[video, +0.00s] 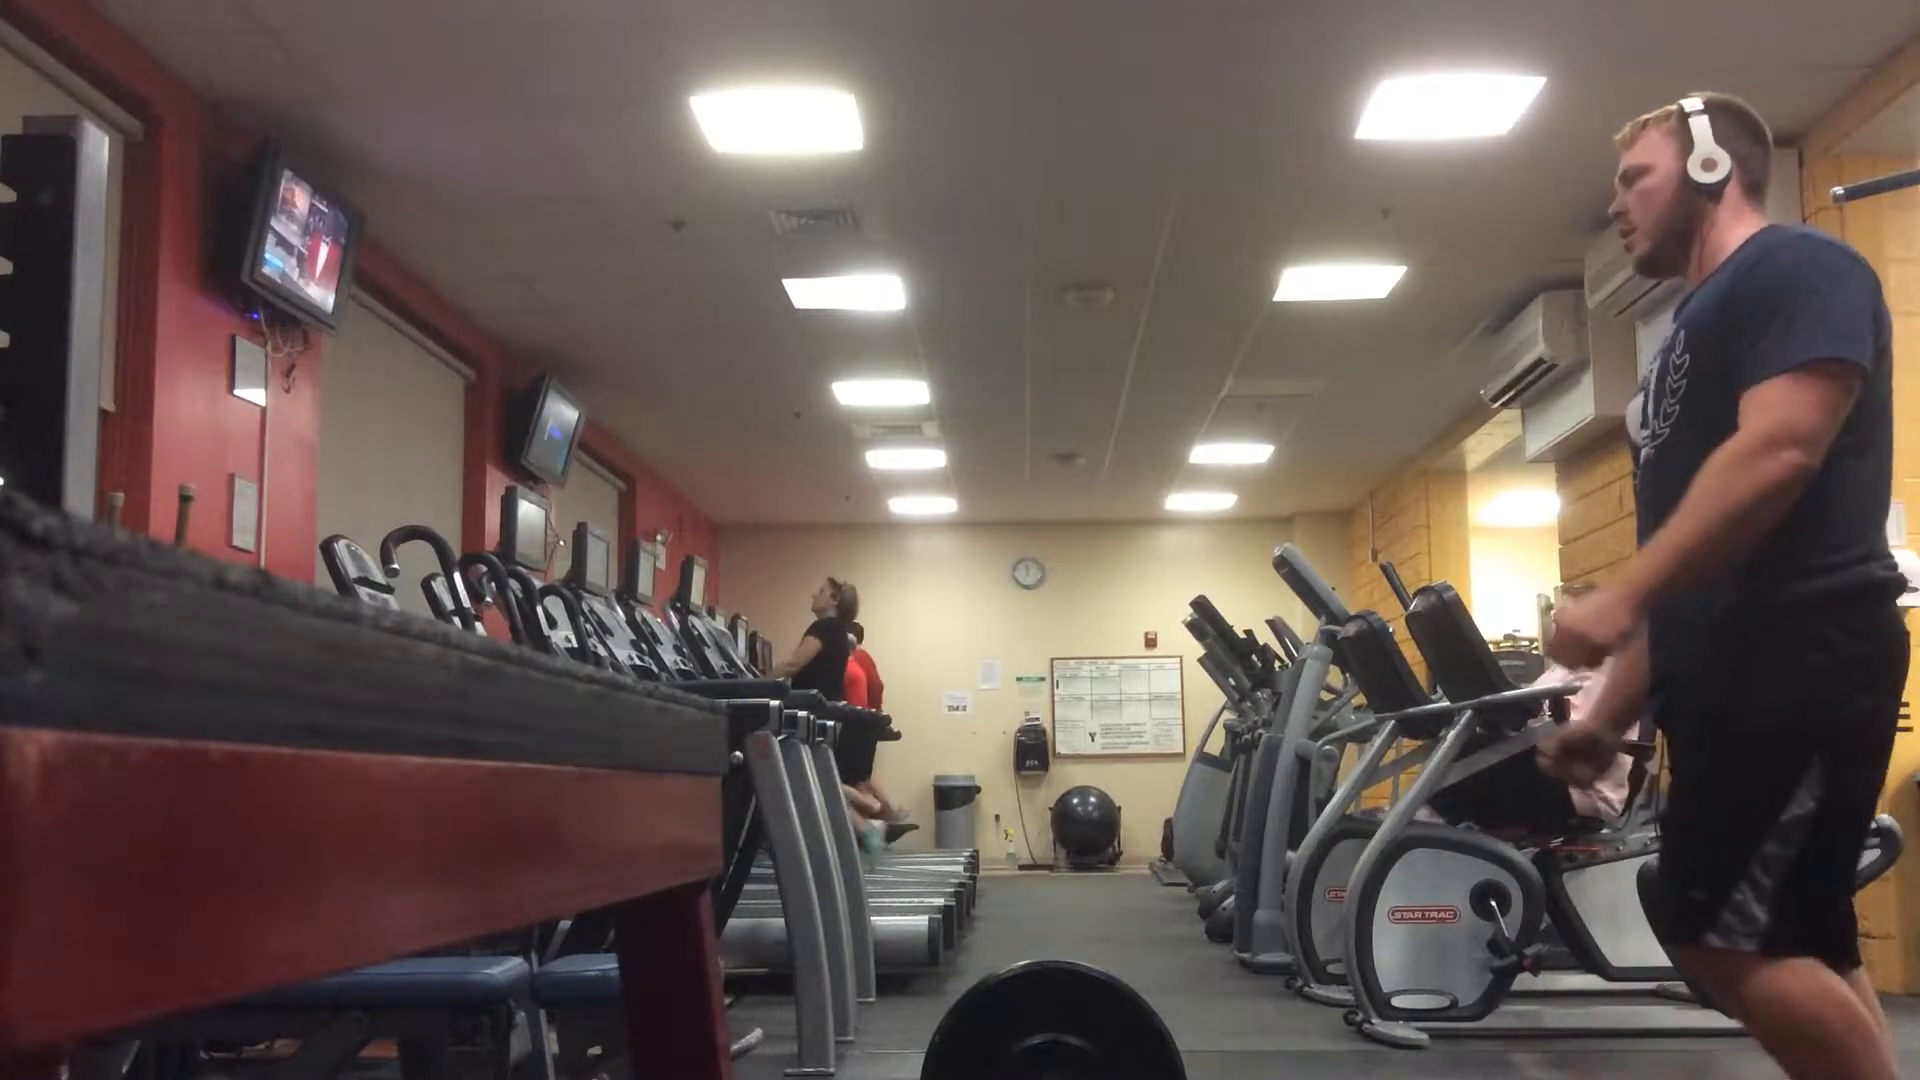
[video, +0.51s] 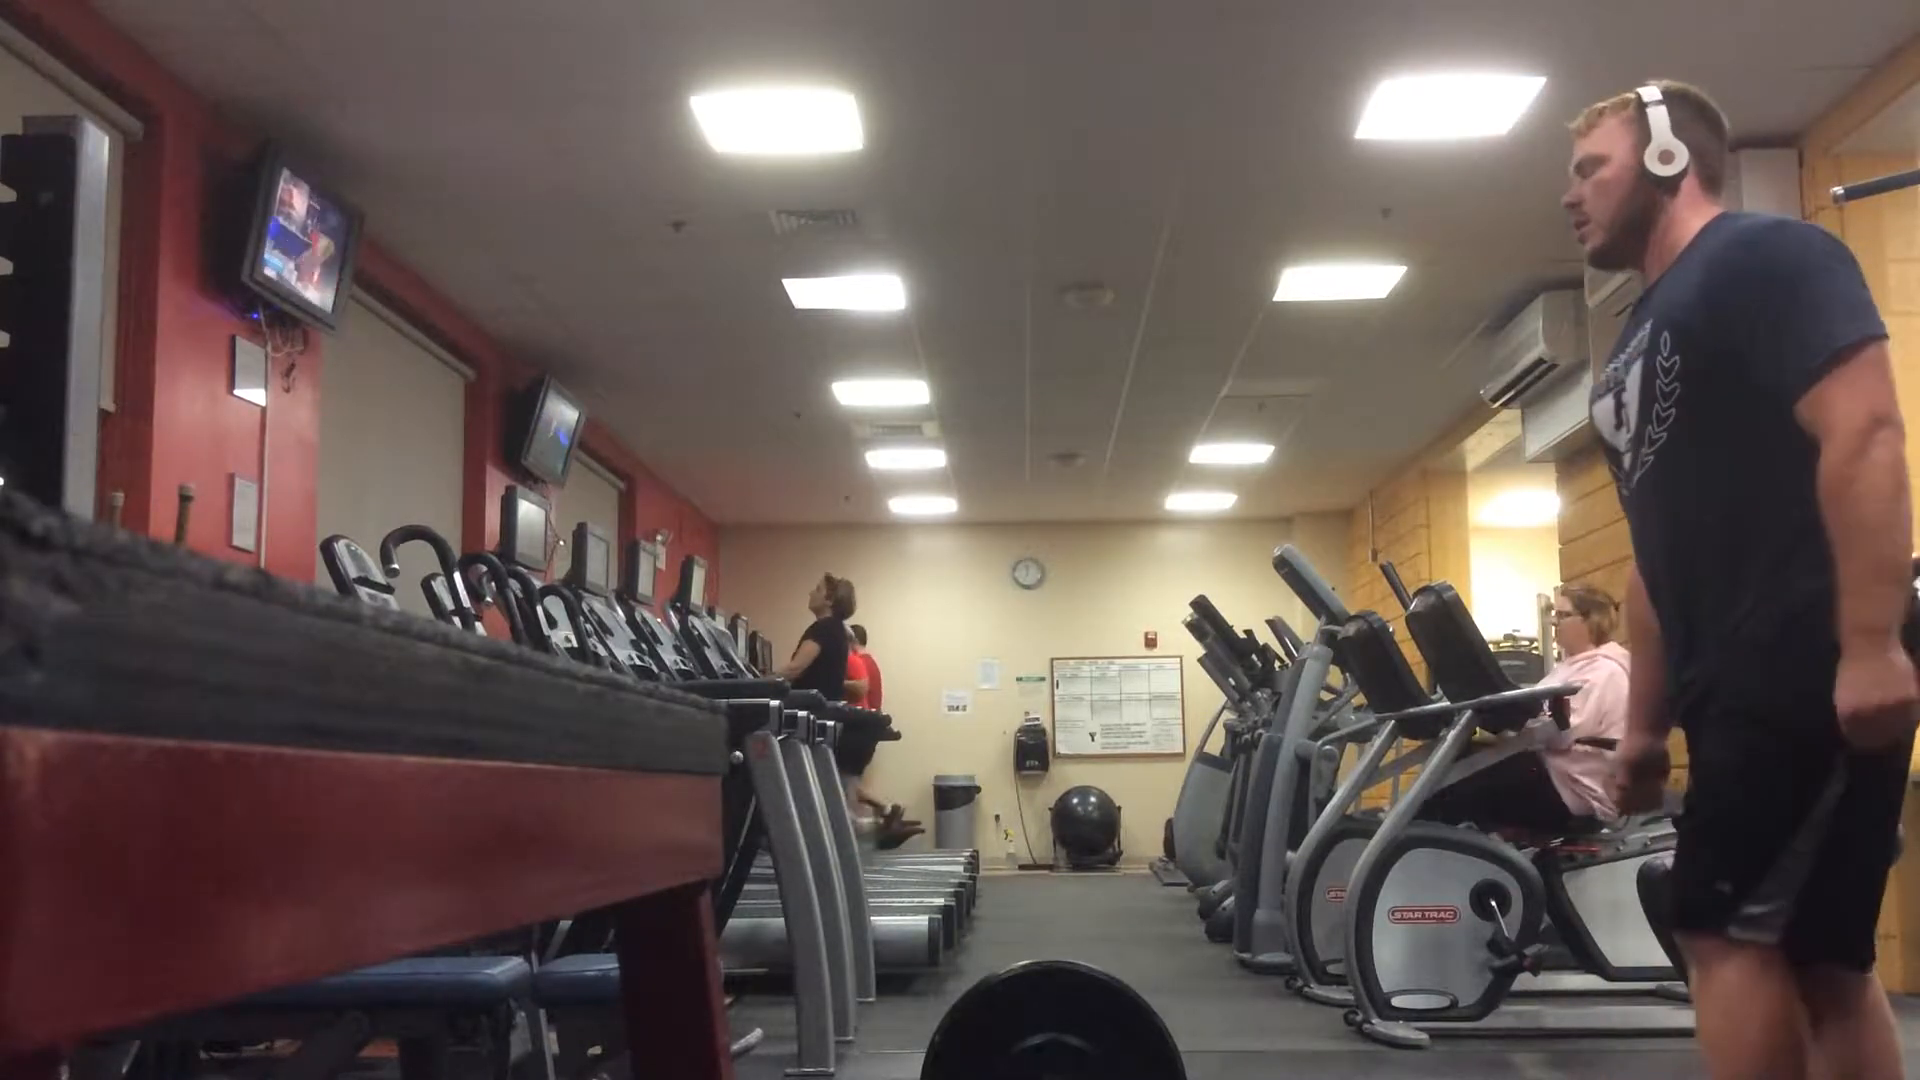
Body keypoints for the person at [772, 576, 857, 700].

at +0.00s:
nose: (814, 595)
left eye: (821, 592)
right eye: (819, 591)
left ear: (835, 600)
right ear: (834, 600)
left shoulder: (823, 627)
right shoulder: (839, 628)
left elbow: (793, 666)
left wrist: (769, 674)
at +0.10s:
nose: (815, 591)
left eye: (822, 587)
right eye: (820, 586)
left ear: (835, 595)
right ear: (835, 595)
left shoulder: (824, 622)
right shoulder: (840, 624)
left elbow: (793, 658)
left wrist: (768, 678)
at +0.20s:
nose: (814, 592)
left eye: (821, 588)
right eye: (818, 587)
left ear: (833, 597)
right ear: (833, 598)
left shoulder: (825, 625)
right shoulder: (842, 626)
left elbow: (795, 663)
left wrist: (768, 677)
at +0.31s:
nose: (812, 596)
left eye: (818, 593)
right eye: (816, 592)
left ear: (830, 602)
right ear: (830, 602)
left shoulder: (824, 630)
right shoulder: (841, 631)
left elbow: (800, 669)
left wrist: (769, 677)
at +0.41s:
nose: (810, 597)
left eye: (817, 594)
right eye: (815, 593)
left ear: (828, 604)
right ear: (828, 603)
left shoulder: (823, 631)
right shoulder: (837, 631)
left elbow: (796, 671)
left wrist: (768, 678)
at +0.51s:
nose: (811, 593)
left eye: (818, 590)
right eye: (815, 589)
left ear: (829, 600)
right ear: (829, 600)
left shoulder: (823, 628)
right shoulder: (838, 628)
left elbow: (795, 669)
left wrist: (765, 680)